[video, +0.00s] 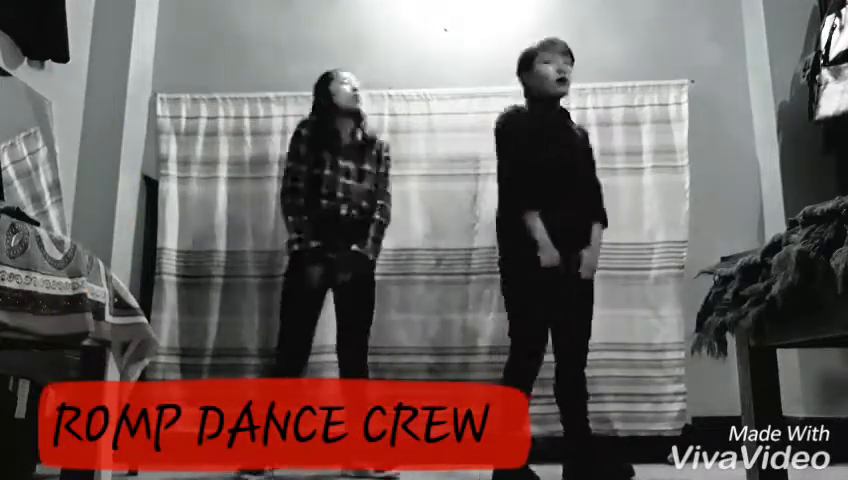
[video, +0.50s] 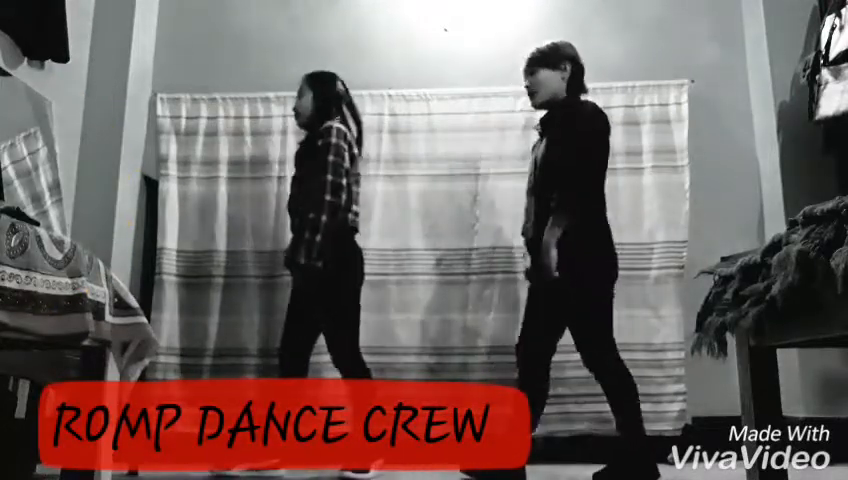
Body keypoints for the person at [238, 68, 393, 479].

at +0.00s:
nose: (356, 88)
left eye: (357, 82)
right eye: (346, 83)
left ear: (360, 94)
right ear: (327, 95)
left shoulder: (375, 143)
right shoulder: (308, 134)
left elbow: (382, 202)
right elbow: (291, 190)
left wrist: (368, 248)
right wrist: (301, 242)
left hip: (356, 258)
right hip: (310, 256)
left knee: (354, 353)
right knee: (293, 350)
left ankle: (358, 442)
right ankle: (271, 439)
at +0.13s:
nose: (333, 88)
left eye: (341, 84)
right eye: (325, 84)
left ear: (354, 98)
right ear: (314, 98)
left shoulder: (365, 140)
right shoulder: (302, 140)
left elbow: (370, 198)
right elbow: (289, 198)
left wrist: (345, 241)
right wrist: (289, 246)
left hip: (349, 260)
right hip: (306, 259)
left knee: (351, 354)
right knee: (290, 353)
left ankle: (364, 445)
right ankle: (272, 442)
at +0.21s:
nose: (318, 90)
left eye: (328, 85)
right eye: (315, 85)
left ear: (345, 96)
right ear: (309, 97)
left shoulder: (355, 134)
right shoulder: (304, 140)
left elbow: (353, 198)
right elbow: (294, 198)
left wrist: (329, 251)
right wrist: (288, 246)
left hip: (345, 260)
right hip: (308, 260)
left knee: (348, 354)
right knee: (290, 353)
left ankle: (372, 442)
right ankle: (277, 443)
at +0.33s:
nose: (303, 98)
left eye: (310, 91)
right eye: (303, 91)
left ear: (332, 96)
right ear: (320, 98)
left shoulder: (342, 129)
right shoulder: (318, 134)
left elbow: (338, 195)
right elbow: (307, 198)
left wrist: (317, 253)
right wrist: (293, 244)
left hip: (338, 254)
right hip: (315, 254)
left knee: (347, 352)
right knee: (291, 350)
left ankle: (375, 433)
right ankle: (282, 433)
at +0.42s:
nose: (299, 102)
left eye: (305, 95)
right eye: (300, 95)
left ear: (325, 98)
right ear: (326, 100)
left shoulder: (337, 128)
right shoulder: (324, 132)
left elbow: (333, 195)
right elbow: (317, 196)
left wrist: (311, 254)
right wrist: (297, 247)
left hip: (334, 255)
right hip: (322, 255)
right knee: (291, 352)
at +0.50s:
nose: (295, 104)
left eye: (303, 95)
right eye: (297, 96)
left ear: (323, 99)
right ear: (325, 100)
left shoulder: (333, 133)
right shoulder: (323, 135)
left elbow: (328, 199)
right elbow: (318, 199)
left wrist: (309, 256)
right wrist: (300, 249)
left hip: (332, 256)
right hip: (324, 256)